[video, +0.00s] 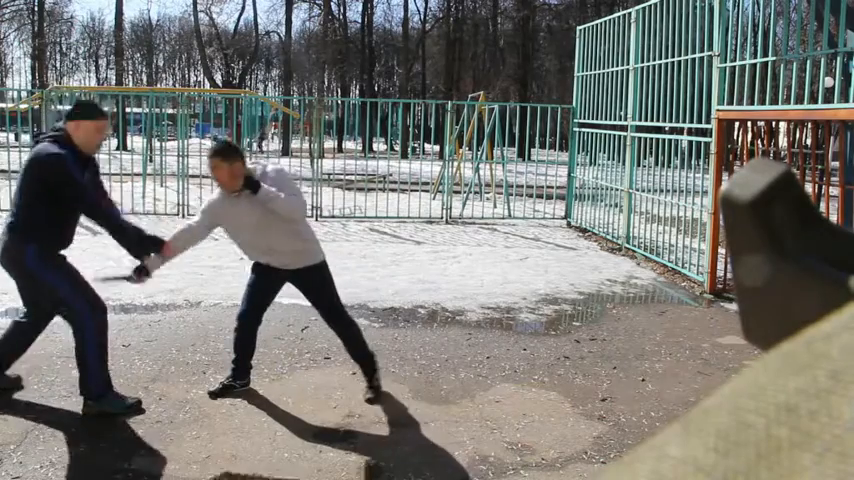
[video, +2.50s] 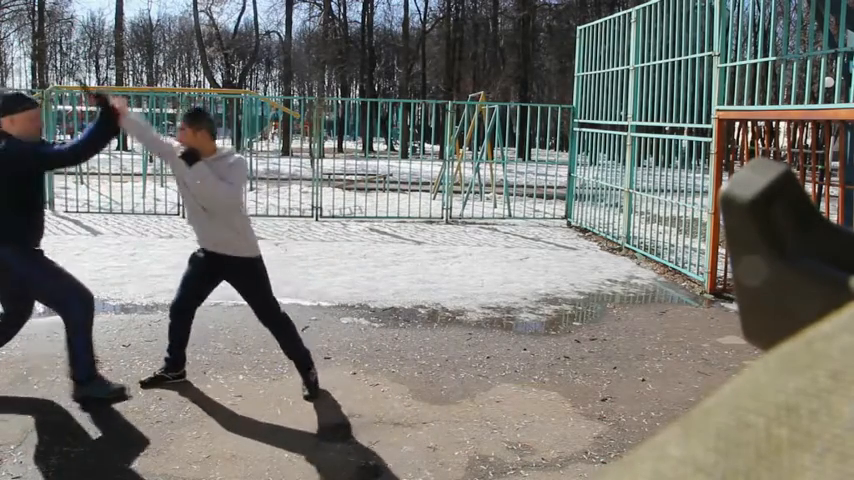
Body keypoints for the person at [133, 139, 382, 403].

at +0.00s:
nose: (216, 176)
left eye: (220, 168)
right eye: (213, 170)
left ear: (239, 166)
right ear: (214, 173)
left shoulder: (274, 177)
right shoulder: (218, 207)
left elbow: (299, 210)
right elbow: (189, 235)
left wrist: (259, 191)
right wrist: (152, 261)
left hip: (306, 261)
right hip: (267, 265)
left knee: (336, 317)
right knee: (247, 319)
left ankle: (370, 371)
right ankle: (239, 377)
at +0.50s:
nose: (240, 155)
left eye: (242, 149)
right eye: (239, 150)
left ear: (260, 145)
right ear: (256, 146)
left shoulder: (300, 170)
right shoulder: (258, 178)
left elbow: (306, 215)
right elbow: (249, 218)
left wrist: (264, 198)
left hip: (314, 264)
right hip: (278, 262)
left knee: (334, 323)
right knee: (255, 314)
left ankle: (358, 375)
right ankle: (240, 376)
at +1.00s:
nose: (229, 156)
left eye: (232, 149)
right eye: (228, 150)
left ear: (248, 148)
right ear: (242, 150)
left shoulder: (288, 172)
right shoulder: (233, 183)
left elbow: (294, 211)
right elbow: (200, 205)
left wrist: (257, 183)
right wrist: (175, 234)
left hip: (292, 269)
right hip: (253, 266)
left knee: (322, 326)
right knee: (219, 316)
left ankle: (356, 375)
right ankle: (200, 373)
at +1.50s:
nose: (182, 153)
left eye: (185, 147)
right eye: (182, 147)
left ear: (203, 145)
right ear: (199, 147)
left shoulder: (245, 169)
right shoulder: (189, 183)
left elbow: (258, 210)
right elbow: (165, 214)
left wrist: (214, 195)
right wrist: (130, 238)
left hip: (267, 259)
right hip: (230, 260)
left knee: (289, 318)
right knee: (209, 313)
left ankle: (317, 370)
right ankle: (199, 374)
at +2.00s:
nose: (244, 141)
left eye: (247, 135)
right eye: (243, 136)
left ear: (266, 133)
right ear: (260, 135)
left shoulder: (295, 165)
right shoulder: (258, 164)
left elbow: (273, 206)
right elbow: (249, 204)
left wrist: (246, 166)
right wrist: (223, 182)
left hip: (283, 262)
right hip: (252, 258)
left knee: (292, 323)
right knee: (228, 313)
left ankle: (316, 375)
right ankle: (215, 373)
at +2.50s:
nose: (177, 135)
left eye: (182, 130)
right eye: (178, 130)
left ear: (199, 132)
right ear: (193, 133)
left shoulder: (234, 164)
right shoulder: (178, 159)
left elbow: (227, 201)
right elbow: (148, 138)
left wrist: (195, 167)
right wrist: (121, 114)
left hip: (243, 258)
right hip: (208, 256)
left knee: (271, 317)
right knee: (180, 309)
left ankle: (307, 371)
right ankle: (174, 368)